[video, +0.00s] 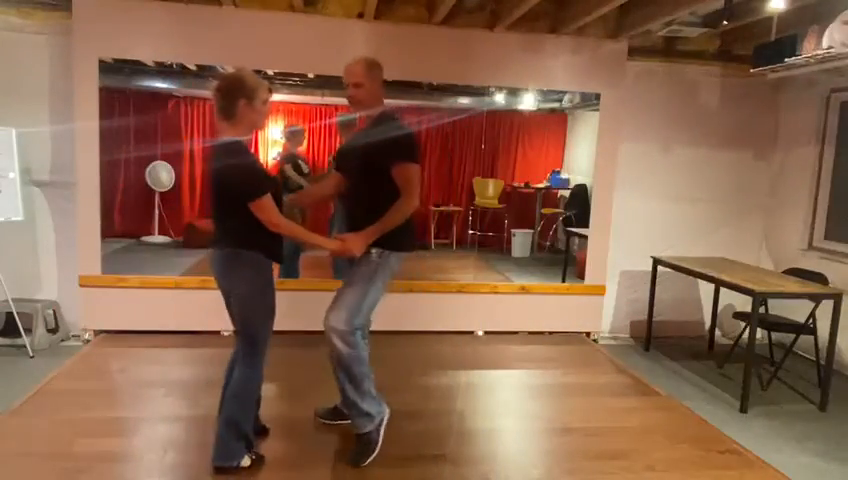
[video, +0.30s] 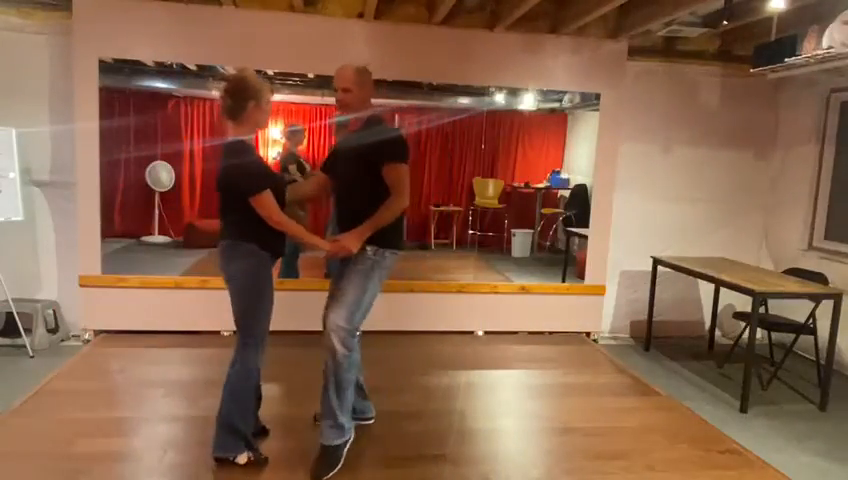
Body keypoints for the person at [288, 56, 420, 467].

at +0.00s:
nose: (351, 93)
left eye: (358, 85)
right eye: (348, 87)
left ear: (380, 85)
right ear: (349, 90)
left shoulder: (397, 133)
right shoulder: (355, 137)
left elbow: (412, 197)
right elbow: (333, 184)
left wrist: (365, 236)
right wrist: (290, 201)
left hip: (386, 247)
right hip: (358, 244)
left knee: (340, 322)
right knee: (351, 327)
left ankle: (371, 415)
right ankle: (352, 404)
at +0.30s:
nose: (339, 97)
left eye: (346, 90)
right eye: (337, 91)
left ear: (370, 91)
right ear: (339, 95)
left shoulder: (388, 137)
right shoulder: (344, 140)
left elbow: (401, 198)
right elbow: (318, 186)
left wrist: (359, 234)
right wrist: (274, 195)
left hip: (377, 246)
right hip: (345, 244)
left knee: (338, 324)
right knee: (339, 325)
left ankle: (336, 432)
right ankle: (357, 405)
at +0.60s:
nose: (332, 102)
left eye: (338, 95)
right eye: (330, 95)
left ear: (361, 97)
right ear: (336, 99)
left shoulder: (378, 139)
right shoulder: (339, 145)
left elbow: (394, 200)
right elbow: (306, 191)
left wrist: (350, 237)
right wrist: (290, 154)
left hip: (369, 253)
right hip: (339, 250)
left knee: (332, 337)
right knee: (325, 328)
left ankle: (312, 444)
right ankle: (354, 405)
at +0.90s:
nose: (327, 106)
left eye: (334, 100)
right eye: (326, 99)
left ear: (358, 101)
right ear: (331, 101)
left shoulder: (372, 143)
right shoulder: (334, 152)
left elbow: (389, 203)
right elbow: (299, 194)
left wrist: (343, 239)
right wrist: (256, 197)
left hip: (360, 259)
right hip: (332, 256)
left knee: (328, 345)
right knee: (316, 332)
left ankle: (306, 451)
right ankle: (353, 404)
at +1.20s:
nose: (317, 106)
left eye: (324, 100)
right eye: (316, 100)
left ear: (347, 102)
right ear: (323, 103)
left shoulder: (364, 141)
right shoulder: (330, 150)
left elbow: (381, 201)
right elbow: (297, 195)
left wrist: (338, 241)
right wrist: (255, 199)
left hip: (355, 260)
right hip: (331, 257)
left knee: (329, 349)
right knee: (315, 333)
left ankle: (308, 456)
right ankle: (353, 404)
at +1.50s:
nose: (307, 102)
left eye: (314, 95)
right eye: (306, 95)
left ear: (336, 96)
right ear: (322, 97)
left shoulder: (352, 136)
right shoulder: (330, 140)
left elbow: (375, 195)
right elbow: (299, 193)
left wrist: (335, 240)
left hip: (348, 256)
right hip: (332, 254)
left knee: (326, 350)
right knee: (323, 333)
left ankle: (312, 459)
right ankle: (354, 405)